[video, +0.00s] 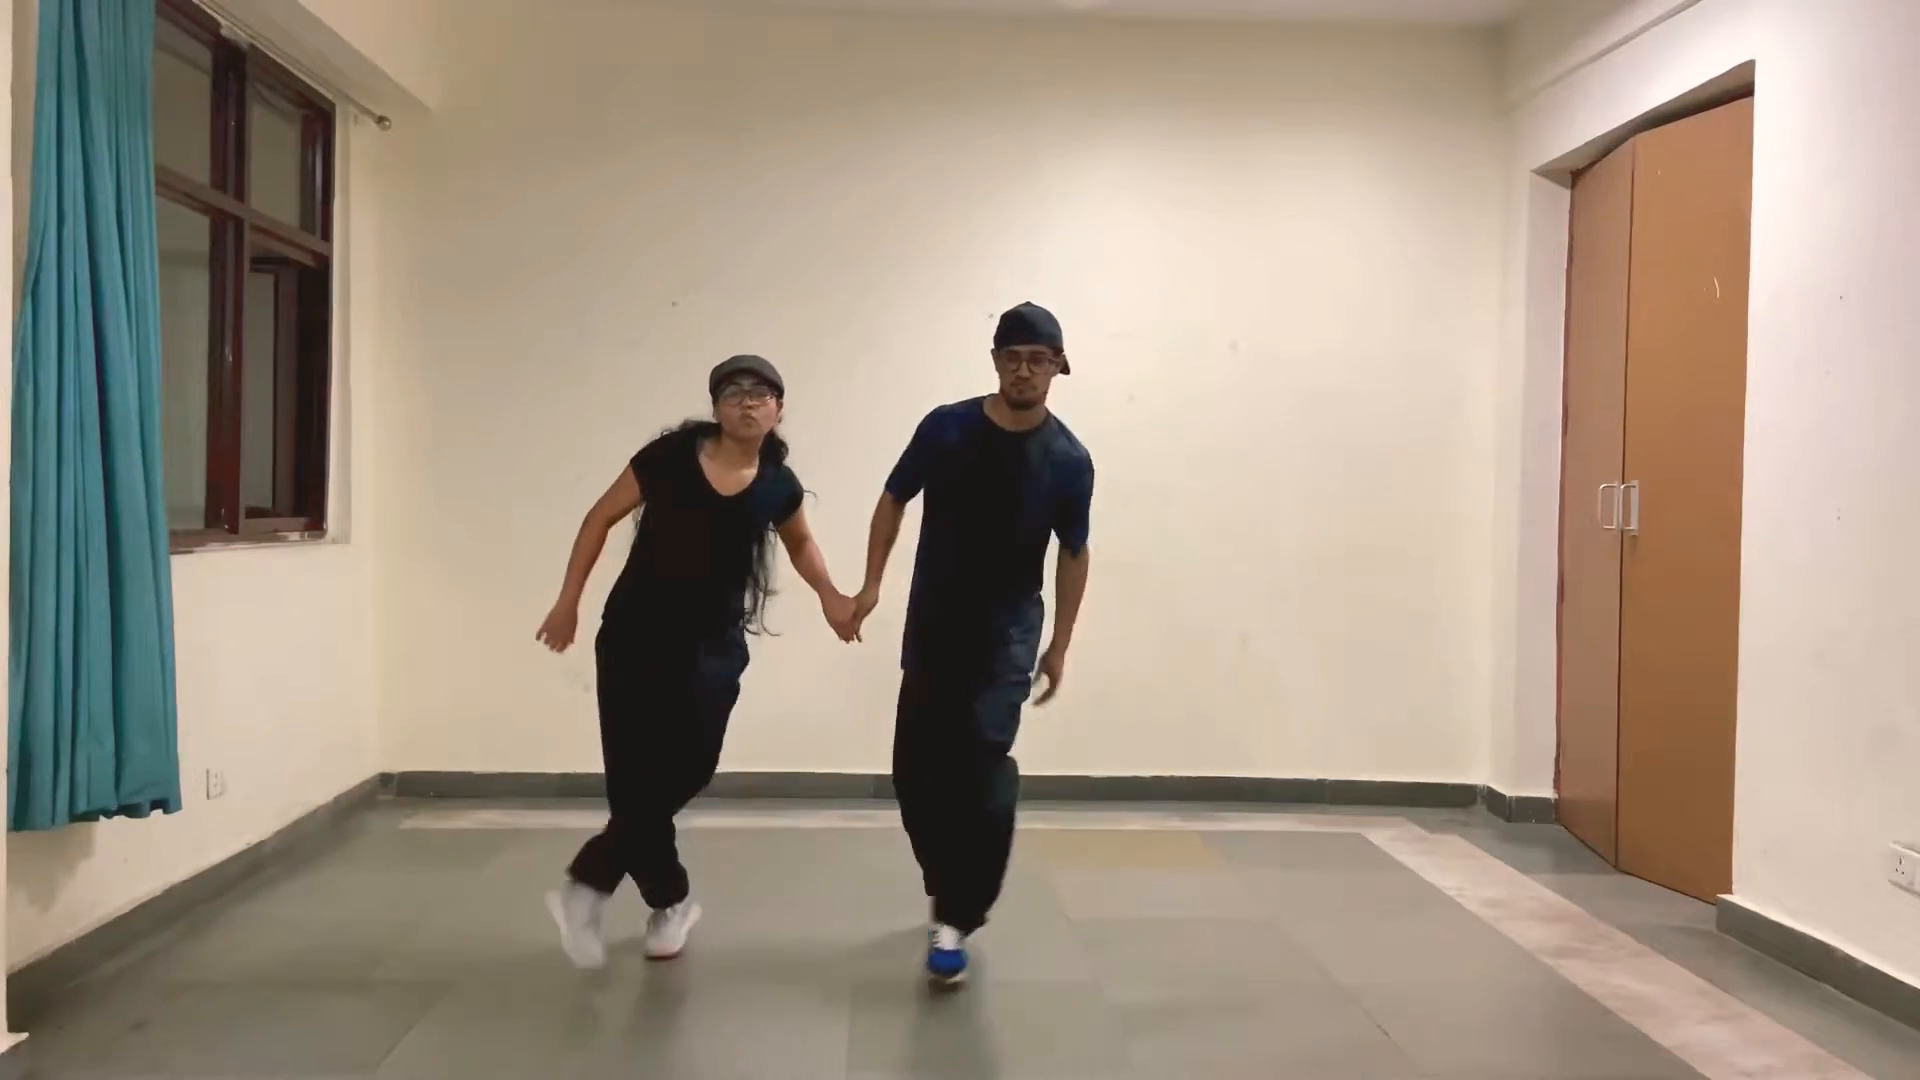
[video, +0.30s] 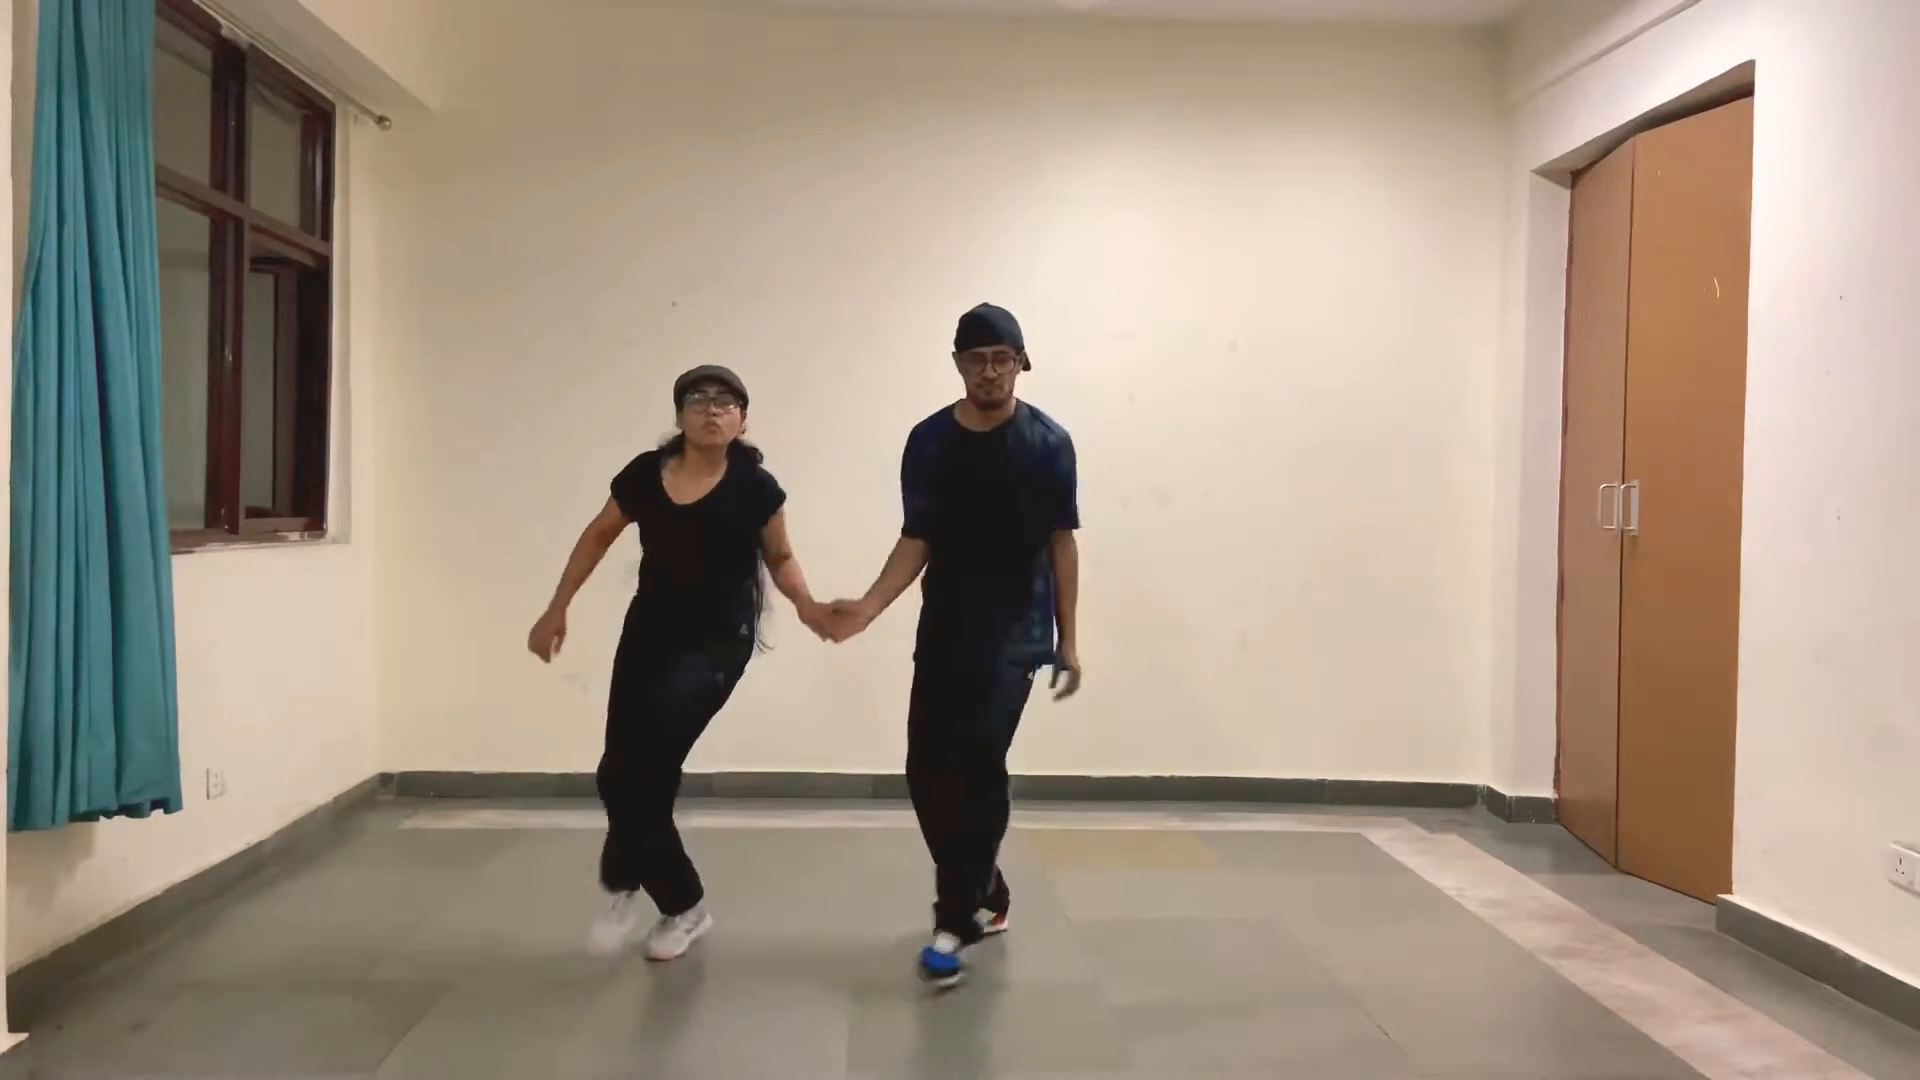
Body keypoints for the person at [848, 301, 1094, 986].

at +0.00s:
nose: (1023, 373)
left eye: (1038, 362)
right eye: (1012, 360)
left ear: (1057, 369)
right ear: (996, 362)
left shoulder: (1068, 461)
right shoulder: (945, 429)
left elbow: (1074, 555)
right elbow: (893, 499)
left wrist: (1060, 643)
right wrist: (871, 587)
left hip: (1008, 629)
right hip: (935, 621)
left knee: (983, 765)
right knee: (917, 767)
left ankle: (956, 921)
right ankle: (945, 889)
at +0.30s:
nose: (988, 373)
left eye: (1000, 361)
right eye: (976, 362)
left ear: (1020, 365)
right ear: (958, 366)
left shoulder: (1047, 445)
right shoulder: (929, 440)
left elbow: (1062, 542)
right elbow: (916, 538)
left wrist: (1067, 641)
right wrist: (865, 607)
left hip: (1012, 629)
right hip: (943, 626)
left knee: (976, 761)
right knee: (927, 768)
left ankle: (951, 923)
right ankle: (983, 895)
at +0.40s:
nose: (994, 362)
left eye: (1006, 350)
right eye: (981, 351)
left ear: (1025, 353)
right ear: (963, 355)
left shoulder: (1051, 433)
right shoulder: (932, 428)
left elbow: (1075, 516)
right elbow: (905, 522)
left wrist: (1097, 577)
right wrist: (853, 566)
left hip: (1027, 591)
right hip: (955, 595)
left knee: (1003, 685)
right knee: (943, 747)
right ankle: (981, 899)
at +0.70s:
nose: (1017, 364)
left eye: (1030, 353)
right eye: (1005, 351)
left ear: (1045, 359)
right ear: (983, 353)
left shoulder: (1059, 436)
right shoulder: (940, 431)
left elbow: (1104, 510)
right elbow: (904, 524)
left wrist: (1159, 570)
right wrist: (852, 607)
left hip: (1048, 625)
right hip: (973, 627)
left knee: (1057, 768)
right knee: (993, 762)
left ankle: (1063, 909)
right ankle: (1007, 883)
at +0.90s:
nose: (1013, 367)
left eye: (1025, 355)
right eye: (1000, 356)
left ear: (1043, 359)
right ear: (982, 359)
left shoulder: (1062, 447)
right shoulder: (944, 434)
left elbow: (1074, 549)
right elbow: (920, 521)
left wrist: (1093, 640)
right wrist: (879, 588)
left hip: (1044, 629)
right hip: (966, 628)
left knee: (1062, 762)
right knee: (958, 740)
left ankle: (1065, 903)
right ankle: (933, 839)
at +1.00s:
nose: (1005, 361)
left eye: (1016, 349)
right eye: (992, 350)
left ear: (1035, 352)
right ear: (974, 353)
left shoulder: (1059, 435)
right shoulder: (942, 426)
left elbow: (1070, 525)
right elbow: (911, 511)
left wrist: (1101, 610)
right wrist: (859, 572)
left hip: (1023, 630)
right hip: (945, 626)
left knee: (1041, 767)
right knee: (918, 755)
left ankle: (1055, 900)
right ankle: (856, 886)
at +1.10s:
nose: (999, 376)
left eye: (1010, 363)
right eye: (985, 365)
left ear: (1028, 366)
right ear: (966, 369)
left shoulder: (1055, 447)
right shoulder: (938, 448)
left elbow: (1081, 519)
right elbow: (891, 534)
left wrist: (1135, 578)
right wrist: (817, 590)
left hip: (1007, 650)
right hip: (928, 647)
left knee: (1022, 783)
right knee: (875, 770)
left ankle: (1044, 901)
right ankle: (835, 894)